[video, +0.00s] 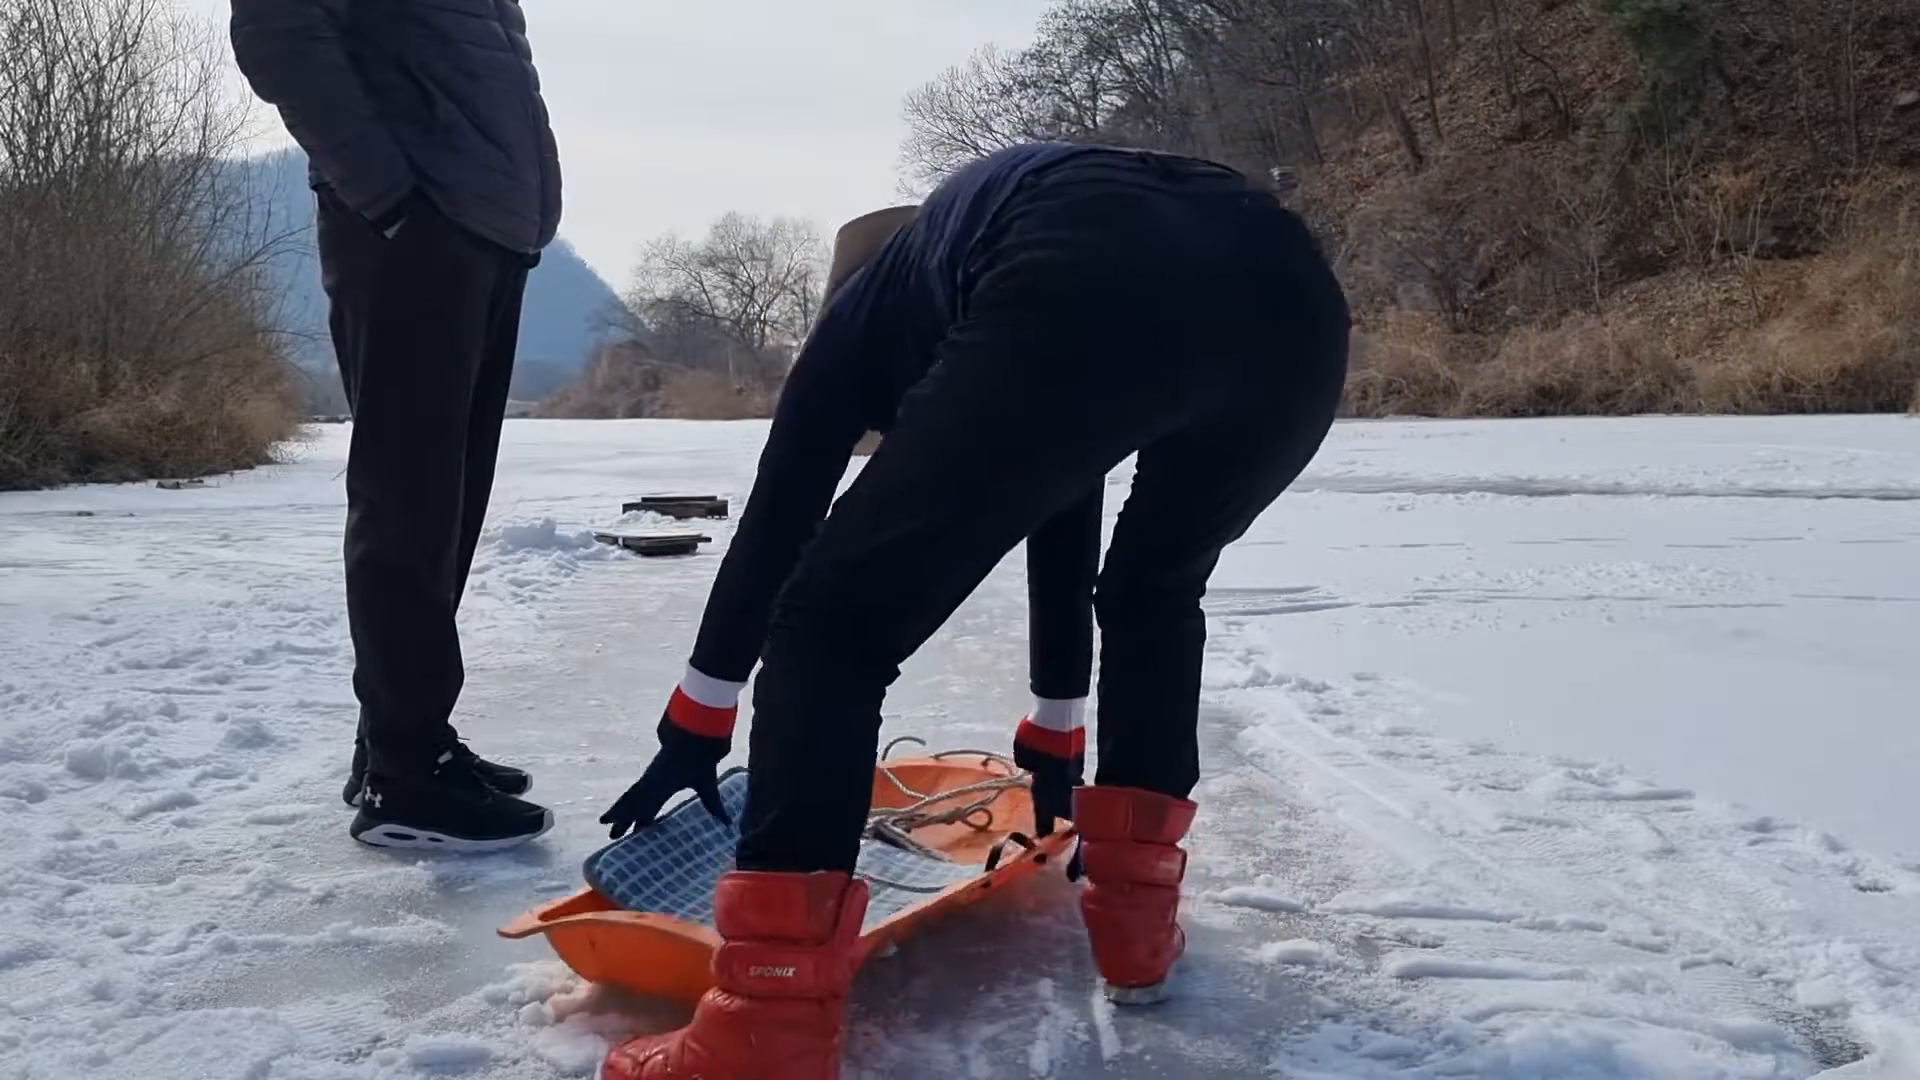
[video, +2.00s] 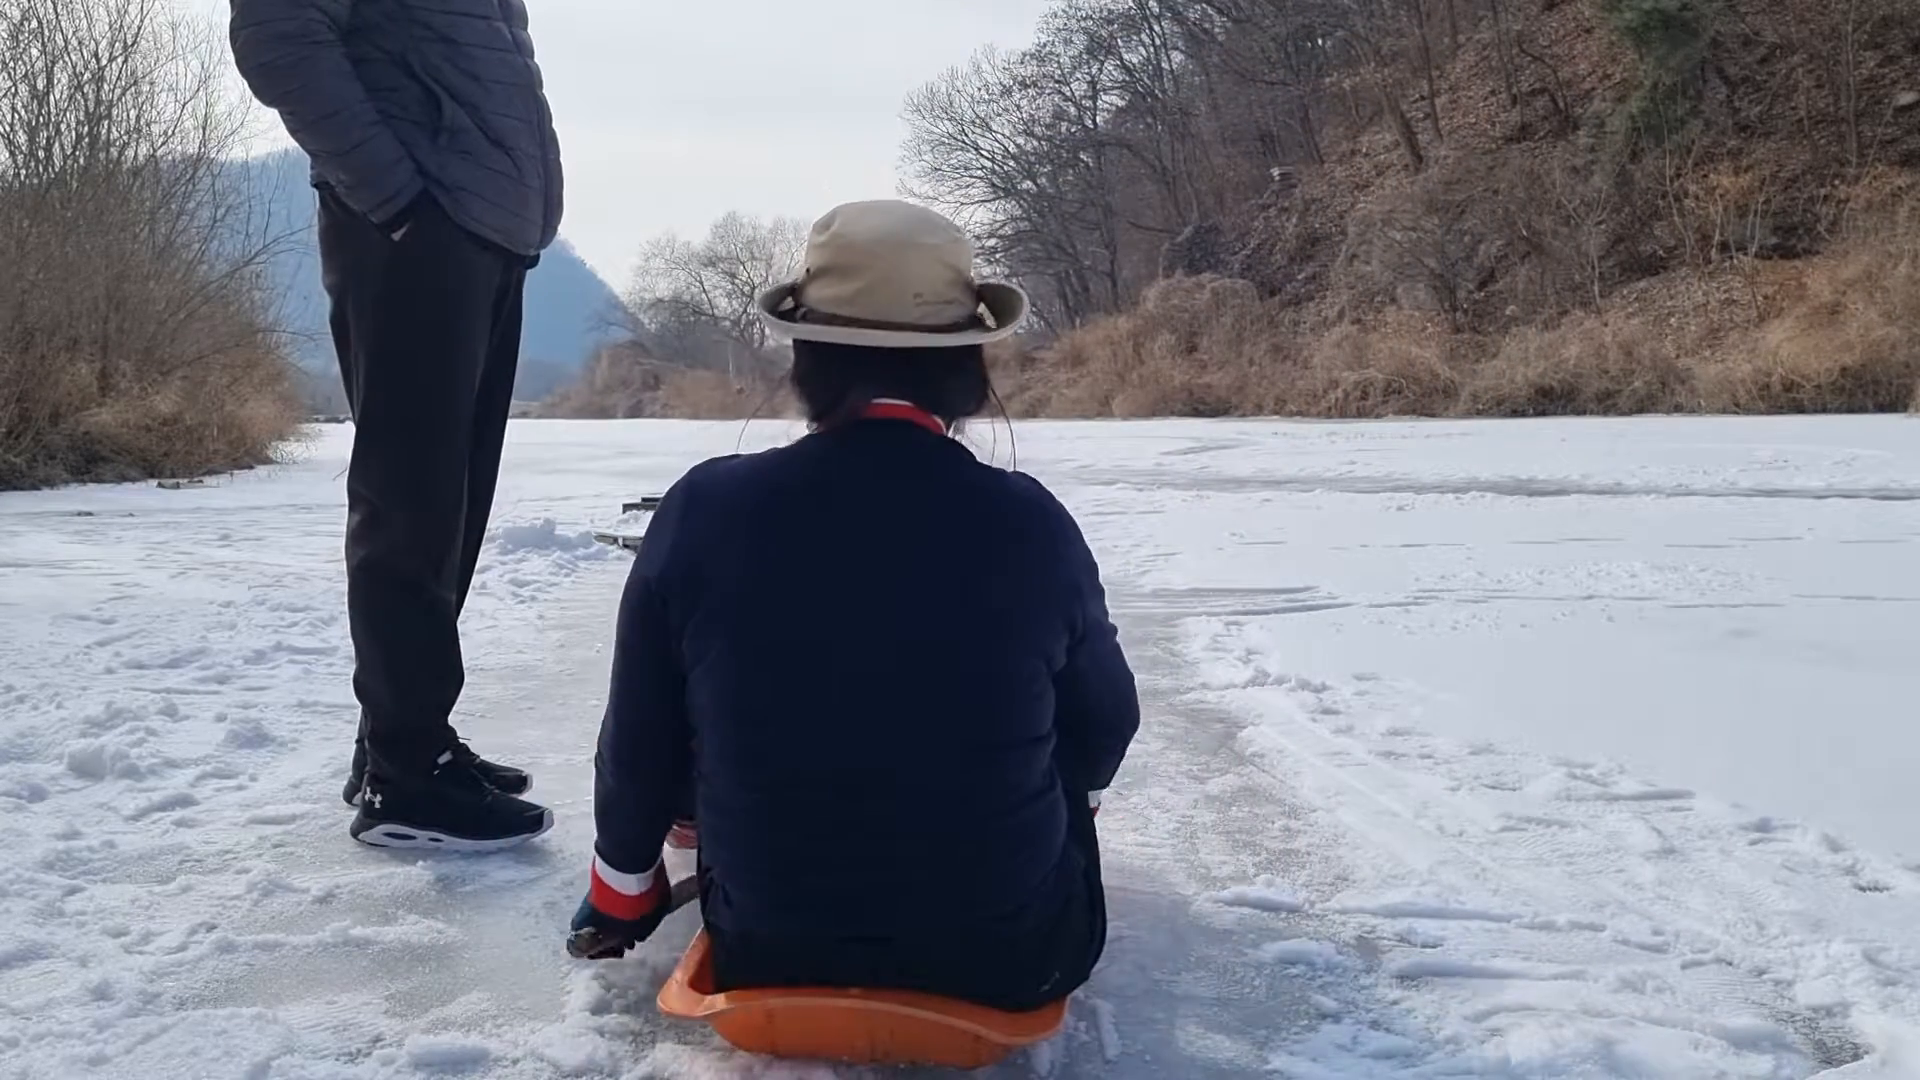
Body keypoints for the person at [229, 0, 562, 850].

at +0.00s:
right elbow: (275, 31)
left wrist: (515, 199)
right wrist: (388, 196)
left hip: (486, 229)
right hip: (410, 221)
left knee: (447, 498)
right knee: (406, 498)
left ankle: (413, 749)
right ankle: (401, 771)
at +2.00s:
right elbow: (275, 34)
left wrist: (510, 205)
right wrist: (397, 201)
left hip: (486, 236)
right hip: (414, 225)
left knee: (449, 504)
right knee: (408, 502)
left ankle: (417, 749)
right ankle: (400, 772)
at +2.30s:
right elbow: (264, 27)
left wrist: (503, 185)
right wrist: (401, 186)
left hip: (485, 224)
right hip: (415, 214)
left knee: (467, 491)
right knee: (411, 489)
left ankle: (424, 743)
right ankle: (403, 770)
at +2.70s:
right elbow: (251, 11)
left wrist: (496, 161)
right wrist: (400, 157)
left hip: (475, 201)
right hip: (414, 194)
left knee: (465, 484)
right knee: (415, 481)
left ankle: (435, 741)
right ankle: (408, 771)